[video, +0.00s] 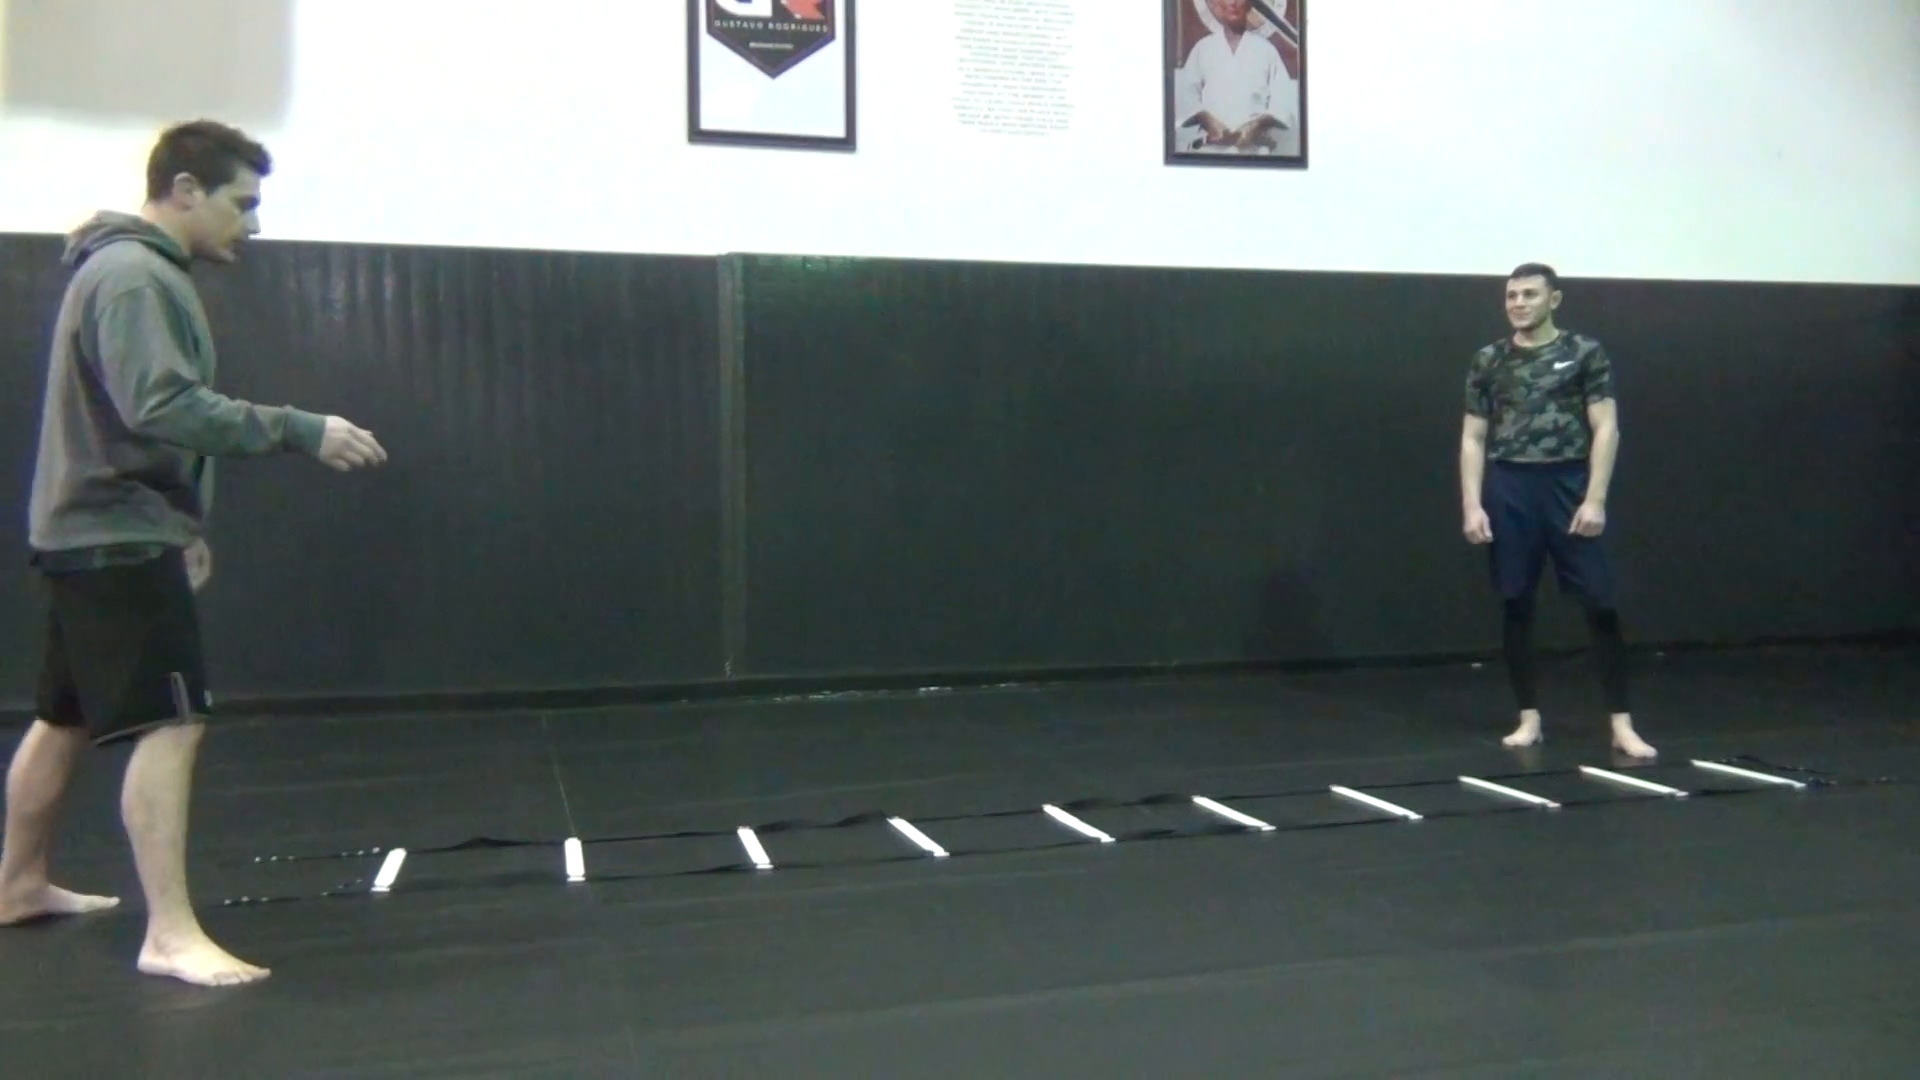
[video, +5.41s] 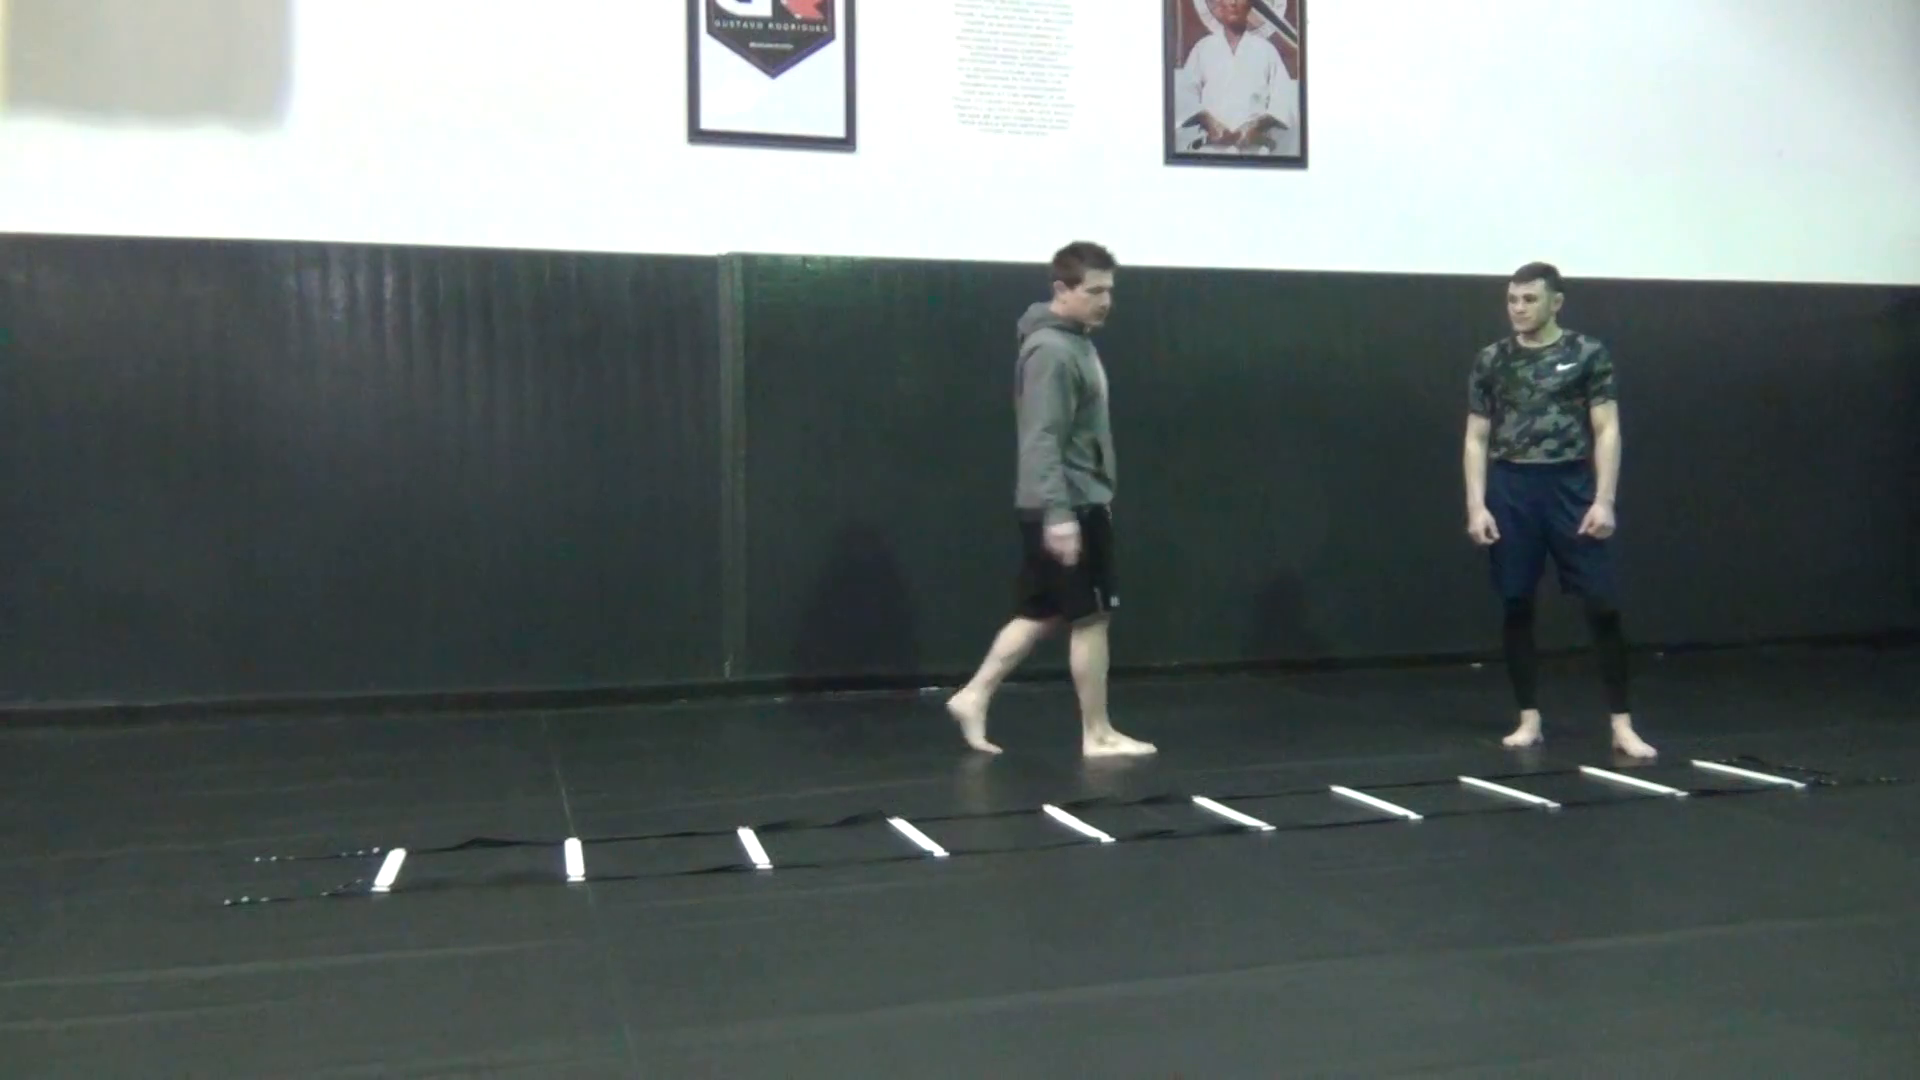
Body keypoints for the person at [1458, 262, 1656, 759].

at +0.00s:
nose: (1518, 303)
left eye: (1529, 295)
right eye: (1512, 296)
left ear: (1554, 299)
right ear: (1505, 302)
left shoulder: (1585, 353)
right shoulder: (1488, 360)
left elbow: (1605, 427)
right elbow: (1473, 437)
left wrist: (1595, 498)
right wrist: (1471, 504)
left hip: (1570, 489)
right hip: (1508, 490)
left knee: (1601, 603)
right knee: (1515, 603)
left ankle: (1620, 723)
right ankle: (1528, 717)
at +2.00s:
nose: (1513, 304)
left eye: (1524, 295)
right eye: (1508, 297)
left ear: (1552, 300)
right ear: (1503, 303)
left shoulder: (1586, 353)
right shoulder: (1488, 360)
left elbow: (1605, 427)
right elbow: (1473, 437)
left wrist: (1595, 499)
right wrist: (1472, 505)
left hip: (1570, 491)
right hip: (1509, 491)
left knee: (1601, 604)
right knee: (1516, 603)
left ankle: (1621, 723)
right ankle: (1528, 717)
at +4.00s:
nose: (1509, 304)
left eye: (1520, 296)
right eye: (1504, 297)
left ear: (1549, 300)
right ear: (1501, 304)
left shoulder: (1585, 353)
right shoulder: (1489, 360)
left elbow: (1602, 429)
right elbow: (1474, 438)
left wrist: (1598, 499)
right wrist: (1473, 505)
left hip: (1569, 490)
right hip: (1508, 491)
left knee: (1601, 604)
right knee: (1515, 606)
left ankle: (1621, 724)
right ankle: (1528, 718)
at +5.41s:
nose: (1518, 308)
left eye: (1529, 300)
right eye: (1512, 300)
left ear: (1555, 302)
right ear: (1507, 304)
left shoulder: (1589, 353)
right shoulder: (1491, 360)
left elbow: (1606, 429)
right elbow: (1476, 437)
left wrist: (1605, 499)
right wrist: (1476, 505)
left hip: (1572, 490)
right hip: (1510, 491)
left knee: (1602, 603)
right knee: (1516, 604)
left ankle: (1621, 724)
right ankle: (1528, 718)